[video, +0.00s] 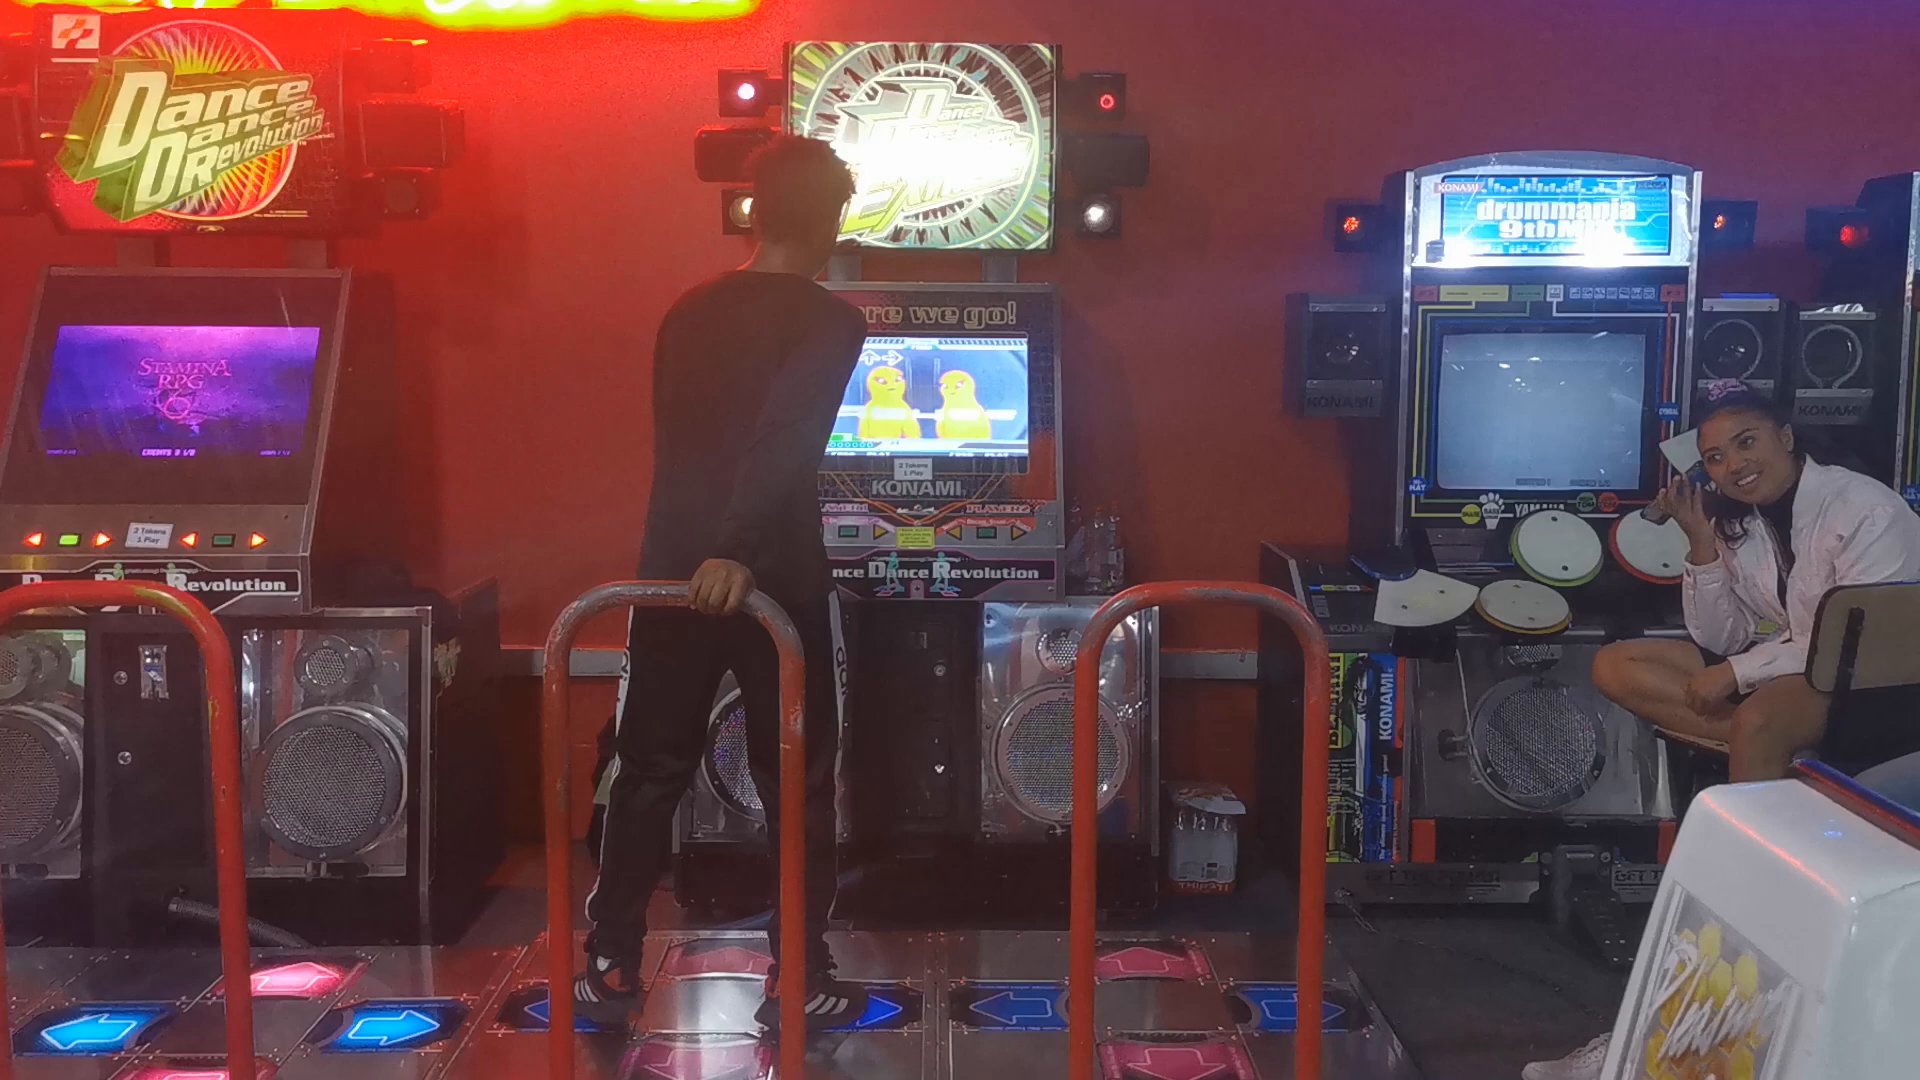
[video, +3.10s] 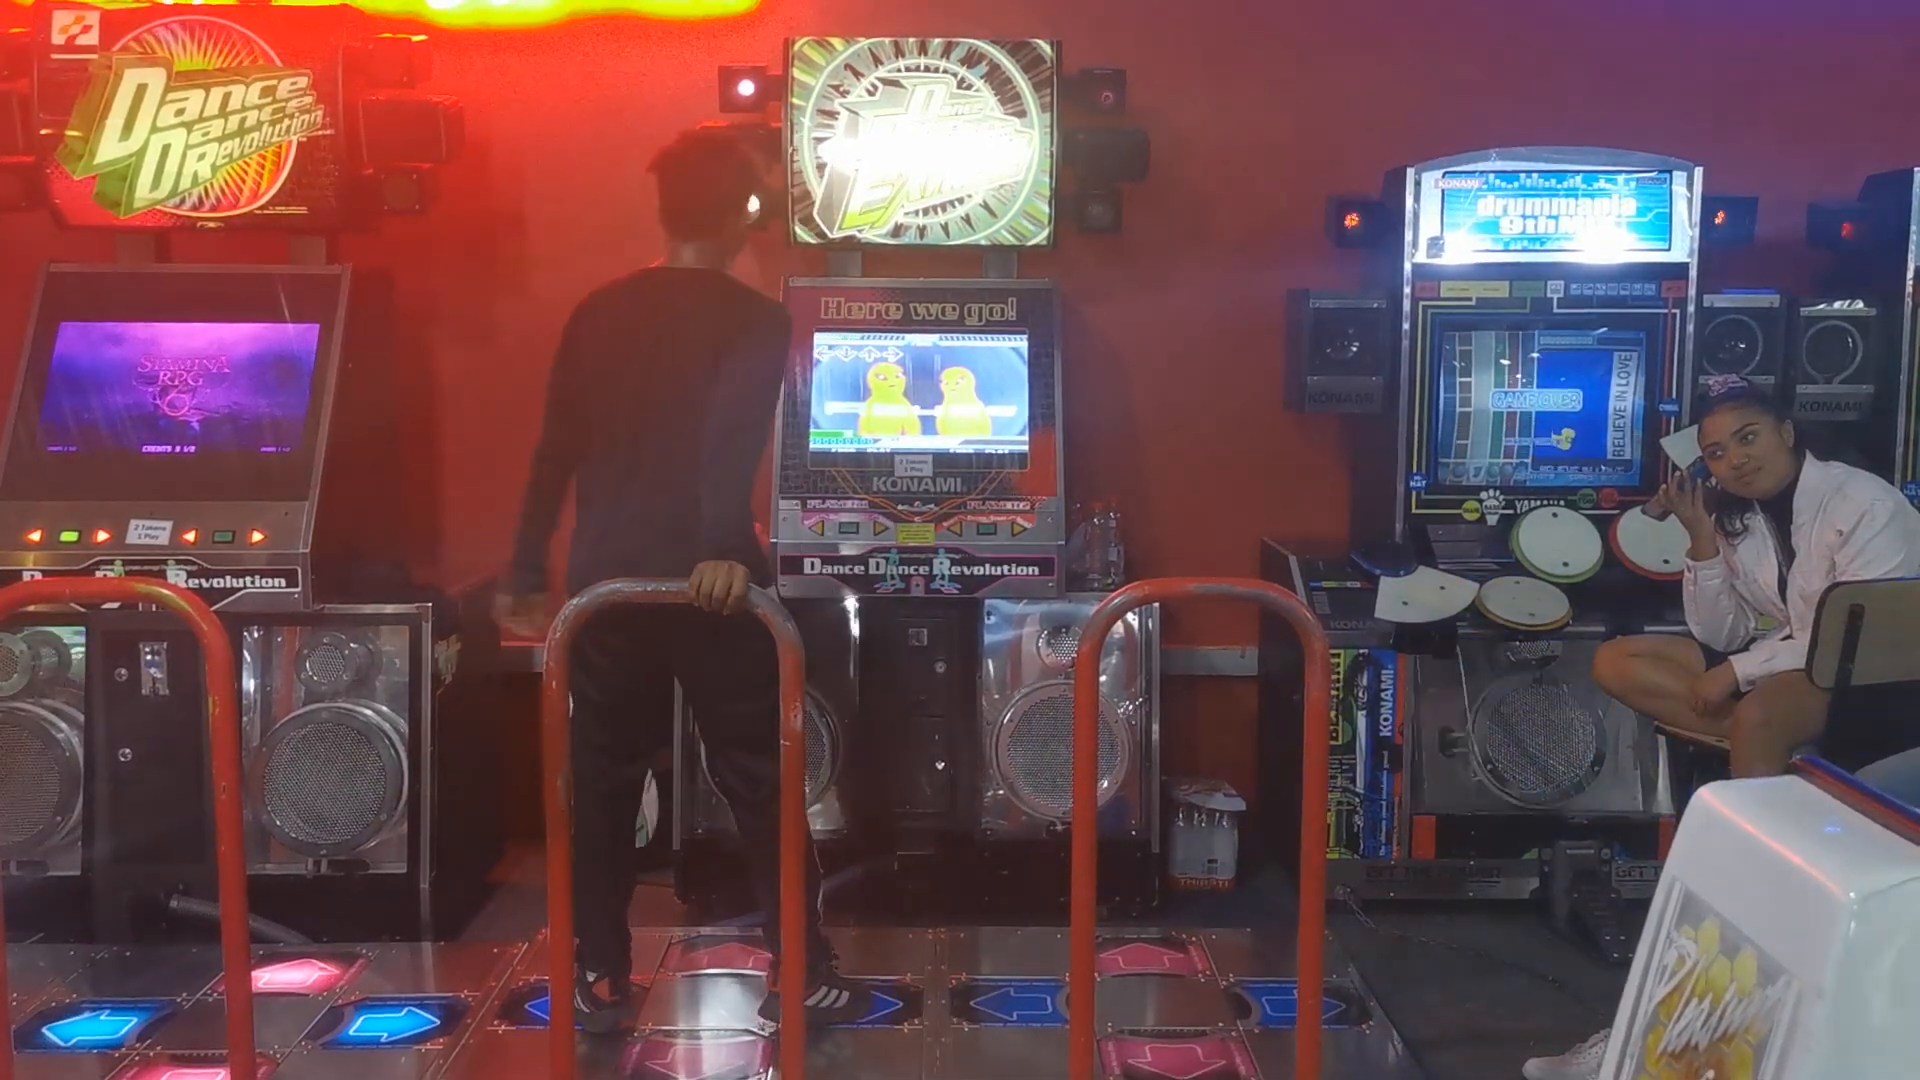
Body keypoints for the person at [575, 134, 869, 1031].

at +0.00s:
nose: (840, 233)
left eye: (836, 218)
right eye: (839, 219)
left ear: (755, 220)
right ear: (828, 226)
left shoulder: (686, 312)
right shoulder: (830, 319)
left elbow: (673, 442)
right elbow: (787, 437)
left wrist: (699, 545)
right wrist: (737, 547)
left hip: (676, 564)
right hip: (778, 575)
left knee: (650, 768)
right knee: (798, 782)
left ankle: (609, 967)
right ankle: (800, 983)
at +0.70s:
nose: (736, 224)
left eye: (732, 208)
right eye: (731, 209)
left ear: (646, 215)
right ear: (711, 217)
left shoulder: (583, 318)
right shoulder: (732, 317)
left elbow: (564, 463)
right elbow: (724, 440)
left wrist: (595, 554)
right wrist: (722, 543)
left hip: (602, 574)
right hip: (707, 573)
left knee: (604, 777)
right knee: (757, 770)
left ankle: (602, 977)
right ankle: (799, 963)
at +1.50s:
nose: (811, 219)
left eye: (805, 203)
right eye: (809, 205)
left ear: (727, 208)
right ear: (796, 211)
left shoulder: (661, 305)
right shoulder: (807, 310)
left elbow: (655, 439)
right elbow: (767, 428)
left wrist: (688, 530)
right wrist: (724, 543)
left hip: (655, 562)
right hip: (758, 571)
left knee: (631, 772)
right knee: (785, 777)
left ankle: (603, 969)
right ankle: (804, 975)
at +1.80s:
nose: (748, 218)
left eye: (739, 204)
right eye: (745, 206)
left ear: (660, 211)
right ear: (732, 215)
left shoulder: (599, 312)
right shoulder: (750, 311)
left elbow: (582, 459)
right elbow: (734, 435)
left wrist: (628, 528)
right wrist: (723, 538)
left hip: (613, 570)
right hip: (720, 569)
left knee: (611, 776)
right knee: (762, 763)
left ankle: (602, 976)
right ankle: (807, 966)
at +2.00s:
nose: (735, 215)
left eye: (730, 202)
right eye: (729, 202)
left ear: (641, 210)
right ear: (715, 211)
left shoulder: (589, 312)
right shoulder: (738, 306)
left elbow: (546, 454)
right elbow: (728, 428)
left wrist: (502, 575)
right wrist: (723, 539)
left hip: (609, 580)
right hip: (718, 578)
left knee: (605, 792)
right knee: (764, 777)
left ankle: (603, 985)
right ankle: (806, 973)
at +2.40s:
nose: (800, 210)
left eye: (793, 197)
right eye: (796, 198)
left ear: (711, 211)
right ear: (787, 210)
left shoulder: (653, 312)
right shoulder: (800, 309)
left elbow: (628, 453)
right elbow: (768, 425)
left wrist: (625, 565)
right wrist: (733, 542)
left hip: (659, 569)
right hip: (762, 569)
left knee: (642, 771)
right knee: (795, 768)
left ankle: (603, 969)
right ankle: (808, 972)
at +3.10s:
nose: (755, 222)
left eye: (748, 209)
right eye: (751, 209)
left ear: (663, 216)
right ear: (741, 218)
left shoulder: (599, 311)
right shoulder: (758, 318)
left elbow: (555, 450)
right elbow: (733, 428)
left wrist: (527, 570)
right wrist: (724, 540)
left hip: (609, 574)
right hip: (716, 575)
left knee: (604, 781)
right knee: (759, 774)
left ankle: (600, 979)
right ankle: (806, 970)